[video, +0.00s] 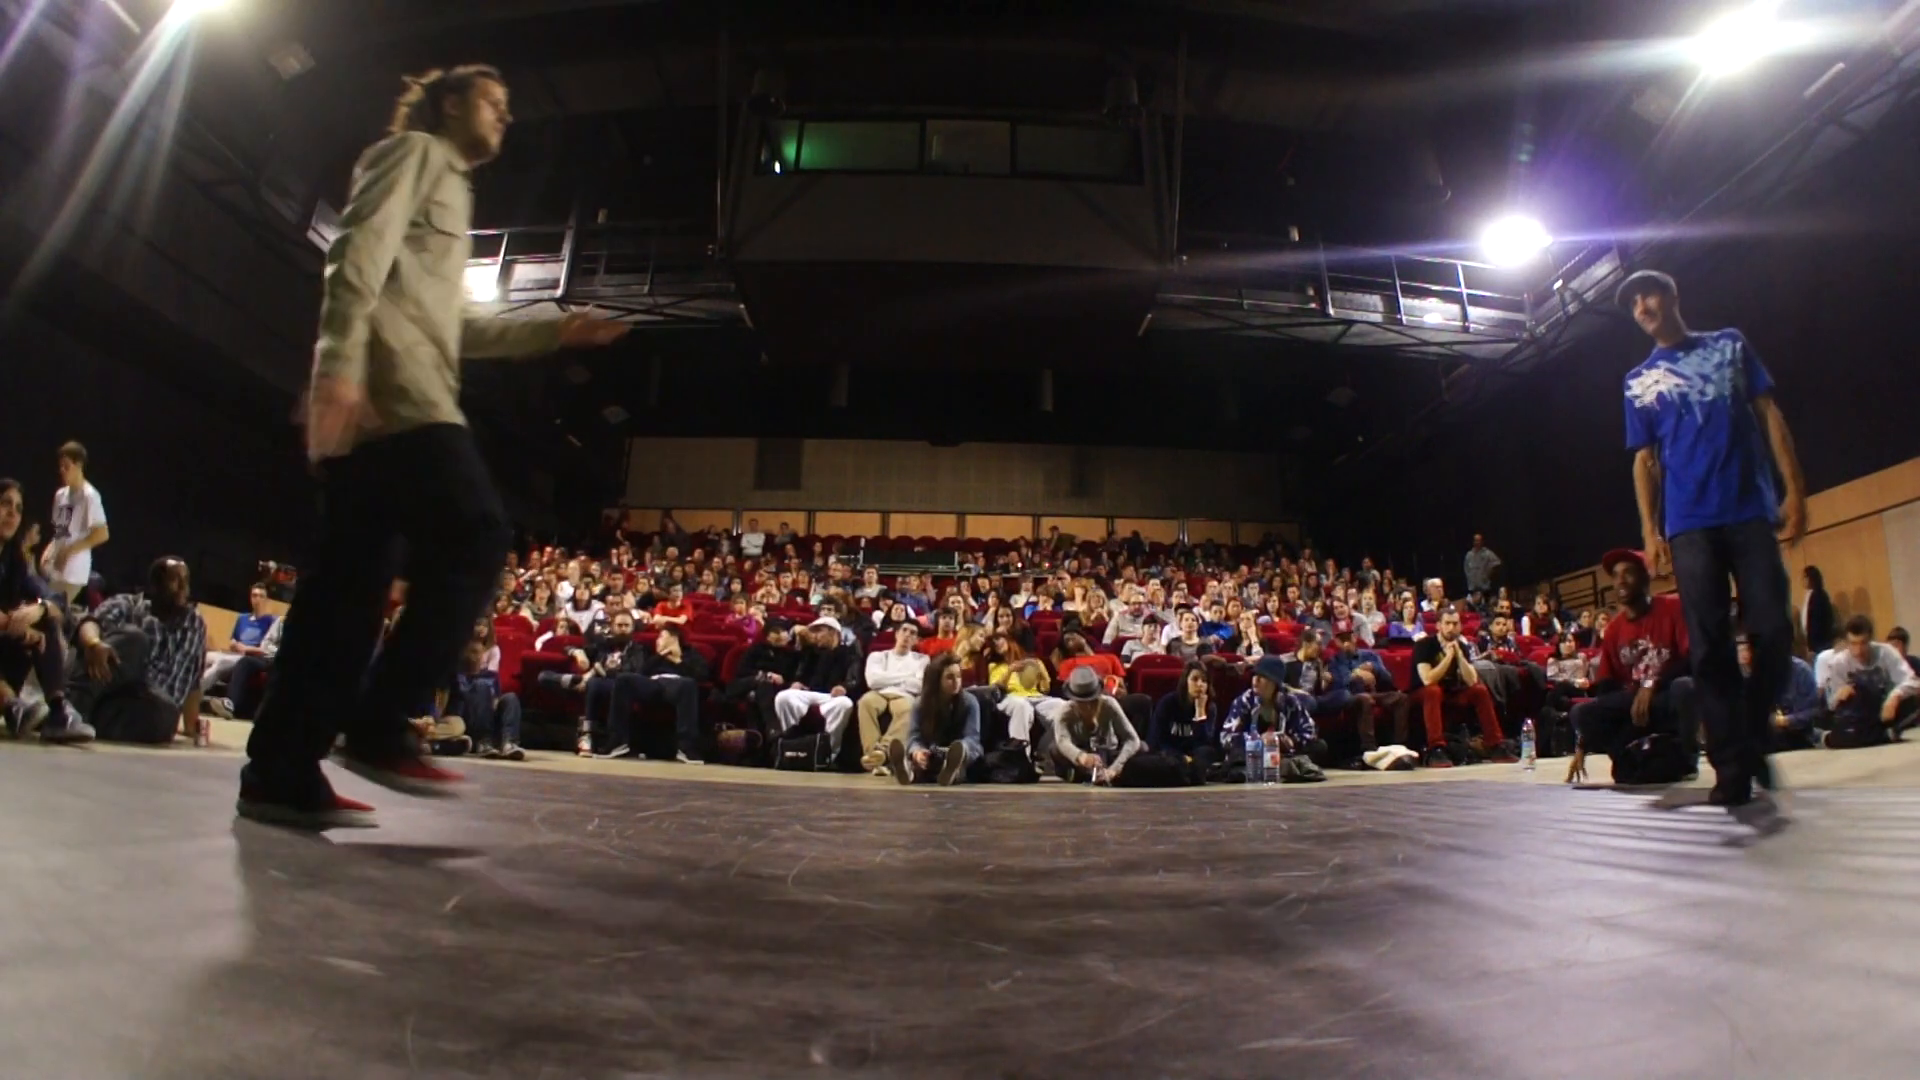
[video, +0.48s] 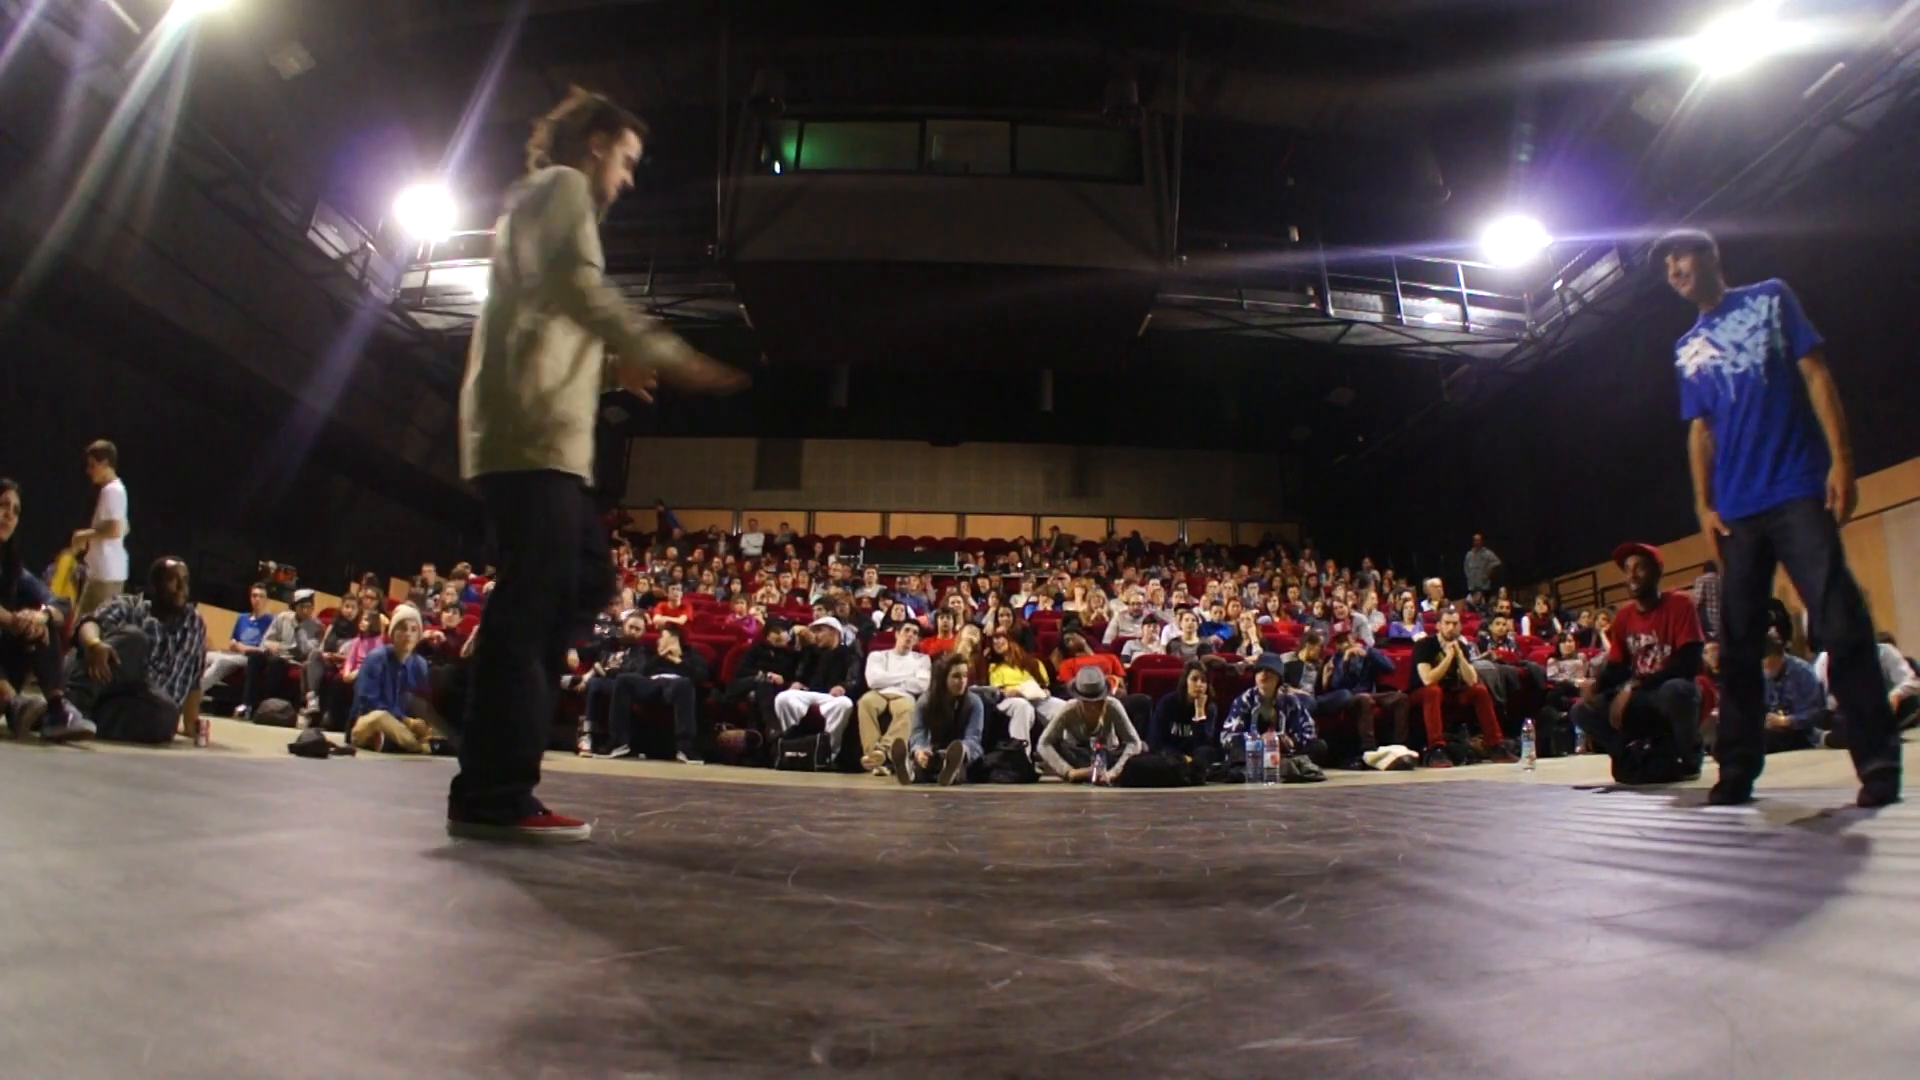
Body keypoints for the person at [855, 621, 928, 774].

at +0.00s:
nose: (907, 635)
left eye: (912, 633)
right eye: (904, 631)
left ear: (916, 640)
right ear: (896, 634)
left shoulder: (922, 659)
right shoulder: (876, 656)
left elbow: (919, 686)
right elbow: (873, 680)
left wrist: (886, 680)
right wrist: (907, 678)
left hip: (904, 694)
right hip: (880, 691)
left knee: (906, 711)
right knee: (865, 703)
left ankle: (884, 749)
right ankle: (875, 760)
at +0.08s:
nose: (907, 635)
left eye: (912, 633)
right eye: (904, 631)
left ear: (916, 639)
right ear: (896, 634)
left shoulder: (922, 659)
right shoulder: (876, 656)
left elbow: (920, 686)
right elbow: (873, 680)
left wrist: (886, 681)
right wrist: (907, 678)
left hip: (904, 694)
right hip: (880, 691)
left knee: (906, 711)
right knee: (865, 703)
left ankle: (883, 750)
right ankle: (875, 760)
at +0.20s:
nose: (907, 635)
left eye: (912, 633)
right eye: (904, 631)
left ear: (915, 639)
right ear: (896, 634)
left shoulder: (922, 659)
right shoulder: (876, 656)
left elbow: (922, 686)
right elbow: (873, 680)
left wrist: (888, 681)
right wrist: (907, 678)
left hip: (904, 694)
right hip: (880, 691)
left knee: (906, 710)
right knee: (865, 703)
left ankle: (884, 750)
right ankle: (875, 760)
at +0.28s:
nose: (907, 636)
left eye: (912, 633)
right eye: (904, 631)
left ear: (916, 640)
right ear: (896, 634)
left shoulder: (922, 659)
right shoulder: (876, 656)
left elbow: (922, 685)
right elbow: (873, 681)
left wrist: (888, 681)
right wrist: (907, 678)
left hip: (904, 694)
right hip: (880, 691)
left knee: (906, 710)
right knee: (865, 703)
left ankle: (884, 749)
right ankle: (874, 760)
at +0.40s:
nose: (909, 635)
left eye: (913, 633)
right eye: (906, 631)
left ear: (916, 639)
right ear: (896, 634)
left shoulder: (922, 659)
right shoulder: (876, 656)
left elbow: (922, 685)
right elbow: (873, 680)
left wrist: (888, 682)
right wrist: (907, 678)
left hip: (904, 694)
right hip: (880, 692)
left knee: (906, 710)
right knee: (865, 703)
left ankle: (884, 749)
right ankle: (874, 759)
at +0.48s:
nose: (910, 636)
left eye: (915, 633)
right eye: (907, 631)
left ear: (917, 639)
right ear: (897, 634)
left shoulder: (922, 659)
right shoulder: (876, 656)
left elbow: (922, 685)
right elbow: (873, 680)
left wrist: (888, 681)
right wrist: (908, 678)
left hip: (904, 694)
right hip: (880, 691)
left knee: (907, 710)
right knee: (865, 703)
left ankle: (884, 749)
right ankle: (874, 759)